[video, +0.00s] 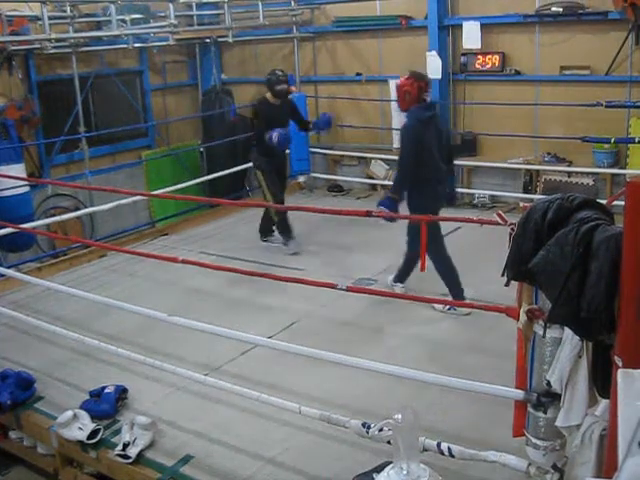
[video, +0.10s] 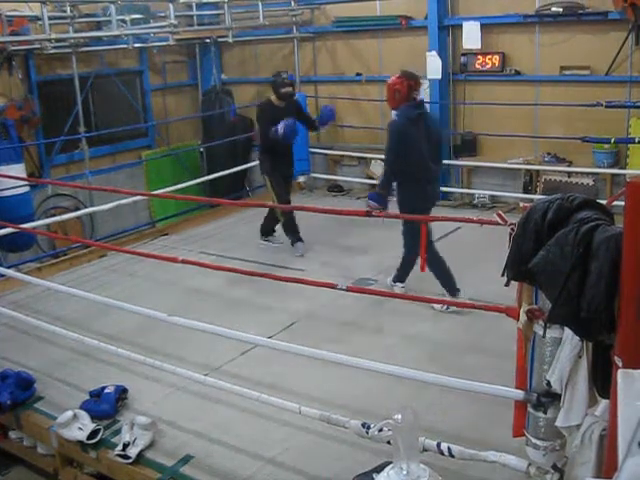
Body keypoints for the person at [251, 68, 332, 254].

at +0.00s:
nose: (285, 88)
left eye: (286, 84)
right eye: (280, 85)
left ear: (288, 85)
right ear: (271, 87)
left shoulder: (288, 103)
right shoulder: (260, 106)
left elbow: (302, 125)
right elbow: (257, 135)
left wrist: (316, 125)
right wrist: (270, 138)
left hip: (280, 154)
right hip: (261, 156)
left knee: (278, 194)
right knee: (274, 195)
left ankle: (265, 231)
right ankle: (287, 236)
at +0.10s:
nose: (289, 91)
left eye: (290, 87)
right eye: (284, 87)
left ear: (293, 88)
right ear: (275, 89)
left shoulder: (293, 105)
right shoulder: (265, 108)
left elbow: (310, 125)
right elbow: (264, 137)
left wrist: (321, 121)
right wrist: (278, 131)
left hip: (287, 157)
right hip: (269, 158)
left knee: (283, 197)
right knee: (282, 198)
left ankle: (266, 230)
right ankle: (296, 238)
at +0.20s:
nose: (294, 92)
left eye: (296, 88)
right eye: (289, 89)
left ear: (299, 89)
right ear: (280, 91)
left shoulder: (300, 106)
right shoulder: (270, 109)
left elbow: (318, 126)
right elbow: (272, 137)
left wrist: (327, 115)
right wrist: (286, 126)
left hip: (294, 160)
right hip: (276, 161)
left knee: (296, 201)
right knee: (288, 201)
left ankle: (274, 225)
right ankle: (297, 240)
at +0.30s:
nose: (298, 92)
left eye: (300, 87)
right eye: (294, 88)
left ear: (303, 88)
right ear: (284, 90)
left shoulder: (304, 105)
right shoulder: (274, 109)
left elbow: (322, 124)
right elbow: (277, 133)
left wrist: (330, 113)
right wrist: (291, 121)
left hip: (301, 160)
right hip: (282, 162)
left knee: (311, 200)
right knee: (291, 202)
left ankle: (291, 217)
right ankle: (297, 240)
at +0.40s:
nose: (302, 92)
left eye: (305, 88)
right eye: (298, 88)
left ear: (308, 88)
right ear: (289, 89)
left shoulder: (309, 104)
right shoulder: (280, 107)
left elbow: (327, 124)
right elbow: (282, 131)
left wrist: (333, 112)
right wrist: (295, 117)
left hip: (307, 160)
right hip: (288, 162)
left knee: (322, 197)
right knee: (296, 204)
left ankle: (311, 225)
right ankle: (297, 240)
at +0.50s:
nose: (306, 97)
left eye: (309, 93)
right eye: (302, 93)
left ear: (313, 92)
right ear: (295, 92)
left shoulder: (316, 106)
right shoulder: (286, 107)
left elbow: (333, 127)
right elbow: (288, 130)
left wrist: (338, 113)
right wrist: (301, 116)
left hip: (313, 159)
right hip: (293, 161)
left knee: (329, 196)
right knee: (298, 203)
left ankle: (336, 231)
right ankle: (299, 241)